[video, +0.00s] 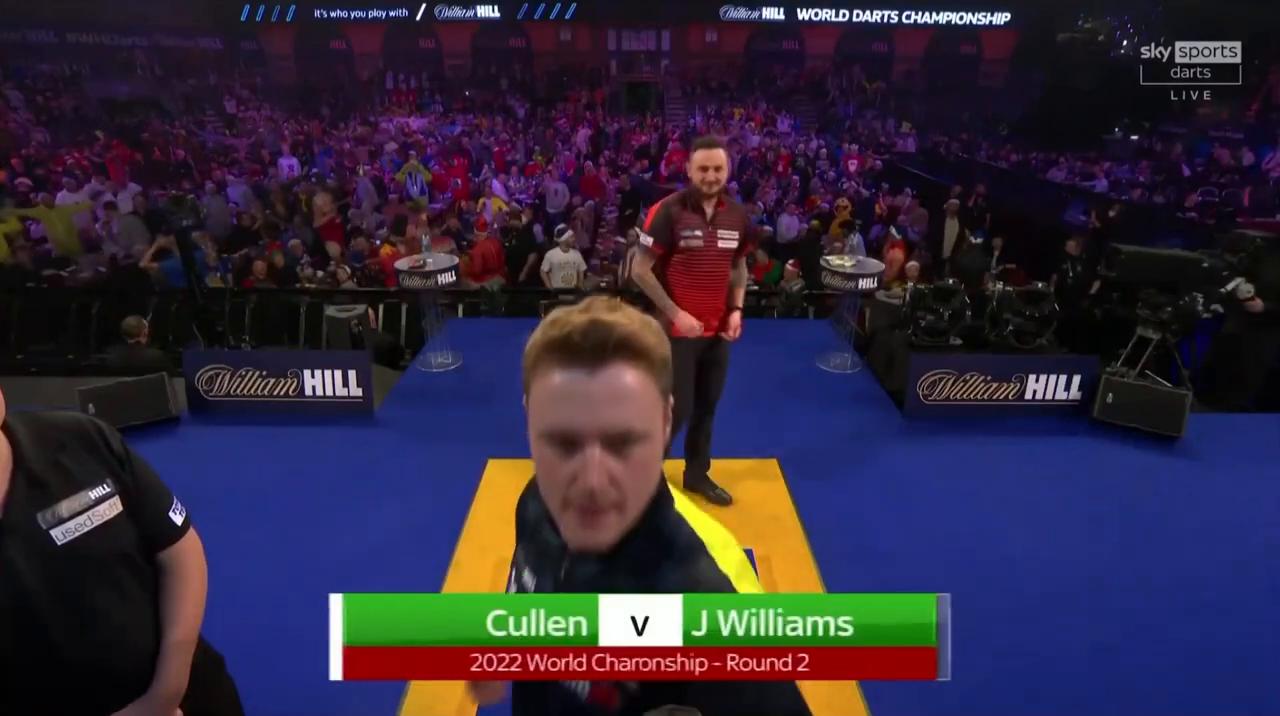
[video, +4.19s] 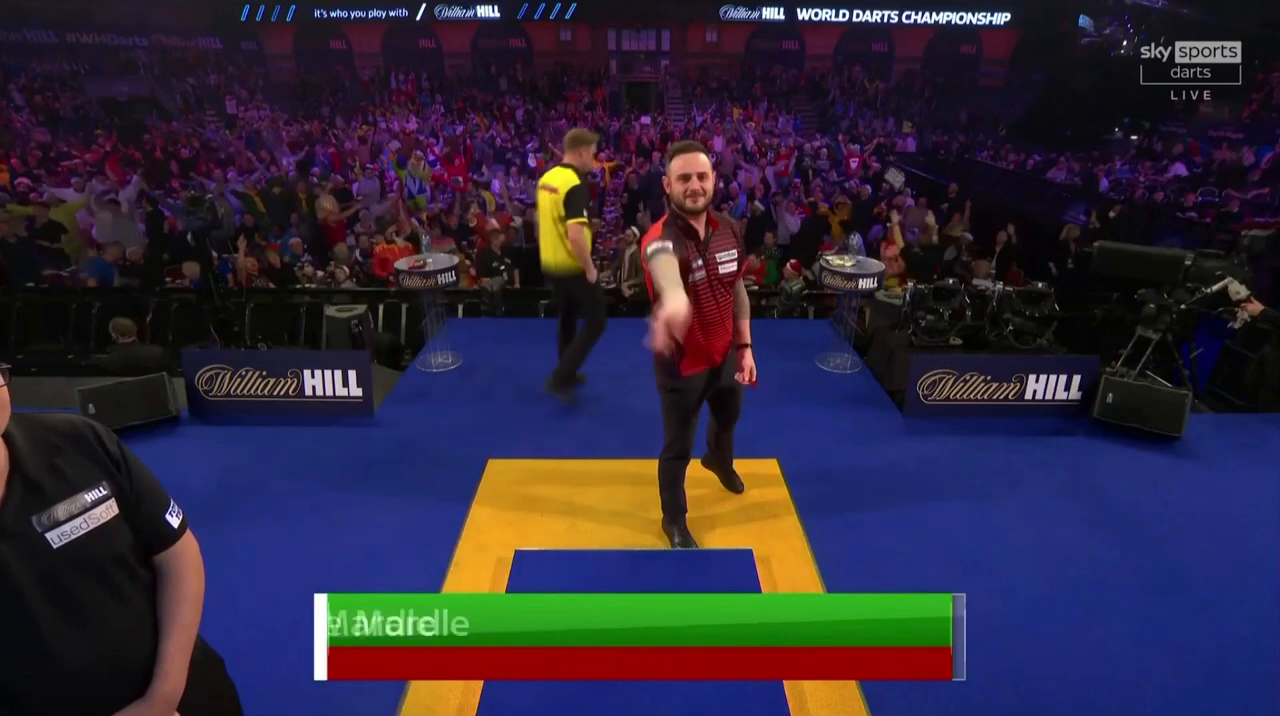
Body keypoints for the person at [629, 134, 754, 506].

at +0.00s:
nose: (710, 176)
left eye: (717, 169)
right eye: (703, 168)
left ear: (727, 171)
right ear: (689, 170)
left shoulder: (737, 216)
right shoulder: (668, 212)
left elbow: (738, 265)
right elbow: (640, 268)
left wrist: (735, 309)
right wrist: (674, 314)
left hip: (717, 332)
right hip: (679, 331)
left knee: (706, 408)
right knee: (677, 408)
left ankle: (697, 474)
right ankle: (645, 474)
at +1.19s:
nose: (693, 179)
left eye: (699, 170)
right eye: (682, 173)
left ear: (711, 174)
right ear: (666, 179)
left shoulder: (727, 219)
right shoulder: (661, 233)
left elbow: (739, 277)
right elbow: (649, 300)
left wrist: (749, 334)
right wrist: (668, 268)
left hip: (727, 346)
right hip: (685, 356)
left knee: (726, 410)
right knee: (680, 442)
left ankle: (713, 460)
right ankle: (674, 517)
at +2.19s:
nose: (696, 187)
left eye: (704, 178)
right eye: (685, 180)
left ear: (715, 181)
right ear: (669, 186)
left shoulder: (727, 230)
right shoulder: (661, 241)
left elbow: (736, 287)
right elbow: (672, 286)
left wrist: (745, 344)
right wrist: (690, 321)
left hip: (725, 352)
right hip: (680, 357)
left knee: (726, 413)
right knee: (678, 446)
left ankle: (719, 457)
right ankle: (674, 517)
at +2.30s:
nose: (696, 188)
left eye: (703, 178)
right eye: (685, 180)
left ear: (714, 182)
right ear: (669, 187)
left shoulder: (727, 231)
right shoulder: (660, 243)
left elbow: (737, 288)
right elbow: (677, 310)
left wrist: (745, 345)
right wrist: (705, 364)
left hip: (723, 353)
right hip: (680, 361)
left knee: (723, 416)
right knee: (677, 445)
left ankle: (715, 460)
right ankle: (674, 516)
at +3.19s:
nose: (692, 186)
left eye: (699, 177)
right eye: (682, 178)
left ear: (711, 182)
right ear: (666, 184)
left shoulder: (727, 228)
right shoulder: (653, 243)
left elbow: (740, 285)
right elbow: (636, 315)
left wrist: (745, 343)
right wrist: (665, 335)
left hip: (722, 355)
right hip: (679, 365)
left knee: (728, 409)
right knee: (677, 447)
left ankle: (715, 460)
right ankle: (673, 520)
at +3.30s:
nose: (689, 185)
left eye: (697, 176)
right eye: (678, 177)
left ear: (709, 180)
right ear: (663, 184)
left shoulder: (725, 227)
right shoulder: (652, 241)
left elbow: (740, 285)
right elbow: (635, 306)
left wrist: (745, 343)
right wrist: (657, 288)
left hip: (723, 353)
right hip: (680, 363)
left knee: (730, 410)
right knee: (677, 446)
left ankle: (715, 460)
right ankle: (674, 520)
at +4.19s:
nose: (695, 185)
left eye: (702, 176)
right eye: (684, 178)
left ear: (713, 180)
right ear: (667, 186)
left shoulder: (725, 228)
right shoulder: (660, 241)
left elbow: (737, 289)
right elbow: (670, 285)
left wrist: (745, 346)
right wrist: (673, 307)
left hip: (724, 354)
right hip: (683, 361)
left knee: (728, 412)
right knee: (678, 447)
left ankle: (719, 457)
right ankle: (674, 520)